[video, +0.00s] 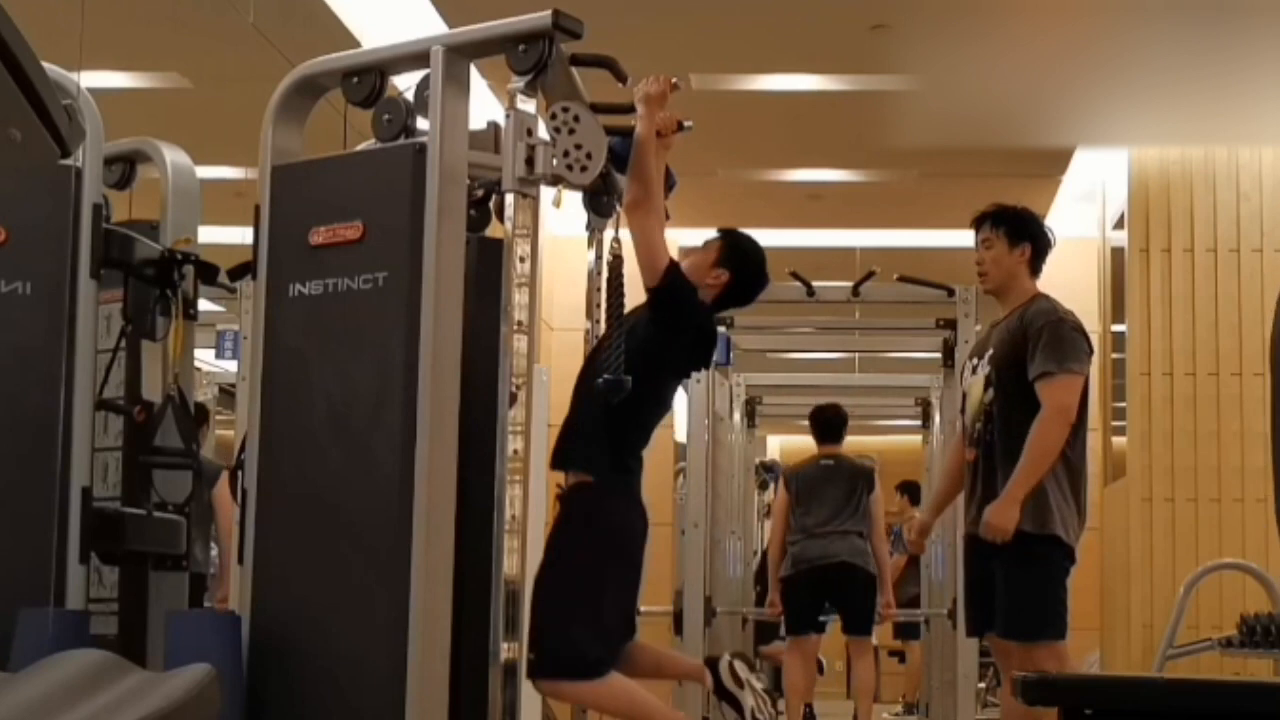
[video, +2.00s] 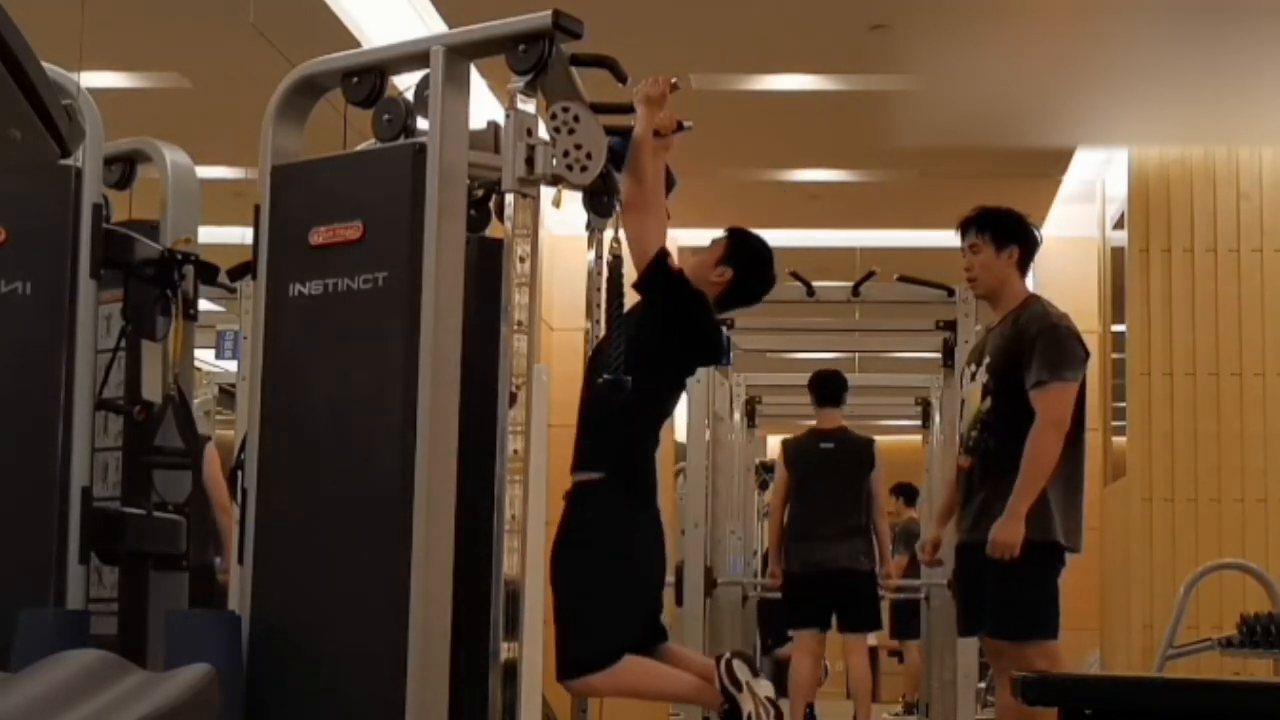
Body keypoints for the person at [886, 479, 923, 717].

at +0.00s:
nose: (895, 501)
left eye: (897, 496)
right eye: (896, 496)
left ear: (905, 497)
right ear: (913, 497)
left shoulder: (910, 522)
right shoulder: (913, 520)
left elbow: (899, 558)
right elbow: (900, 557)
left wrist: (886, 585)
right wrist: (889, 583)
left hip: (910, 591)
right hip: (913, 590)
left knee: (912, 646)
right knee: (912, 646)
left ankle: (910, 701)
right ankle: (912, 699)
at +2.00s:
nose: (891, 504)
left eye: (893, 500)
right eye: (892, 500)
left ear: (901, 500)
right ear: (911, 500)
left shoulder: (907, 526)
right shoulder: (912, 524)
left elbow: (901, 560)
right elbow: (902, 558)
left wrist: (888, 578)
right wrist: (891, 575)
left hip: (907, 590)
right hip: (911, 589)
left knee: (910, 647)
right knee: (911, 647)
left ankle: (911, 700)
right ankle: (912, 699)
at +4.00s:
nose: (894, 504)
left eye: (896, 499)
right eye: (895, 500)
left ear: (902, 500)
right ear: (915, 500)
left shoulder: (906, 528)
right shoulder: (920, 526)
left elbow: (900, 561)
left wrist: (886, 586)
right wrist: (890, 582)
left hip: (909, 596)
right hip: (917, 594)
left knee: (912, 649)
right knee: (912, 649)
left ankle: (910, 701)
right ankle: (912, 699)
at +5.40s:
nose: (899, 501)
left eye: (902, 496)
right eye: (901, 496)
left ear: (908, 498)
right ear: (917, 498)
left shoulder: (910, 527)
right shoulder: (920, 524)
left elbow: (904, 561)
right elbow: (908, 559)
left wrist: (890, 578)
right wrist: (893, 574)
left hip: (907, 592)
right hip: (917, 591)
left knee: (891, 640)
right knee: (920, 645)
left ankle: (908, 697)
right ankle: (919, 696)